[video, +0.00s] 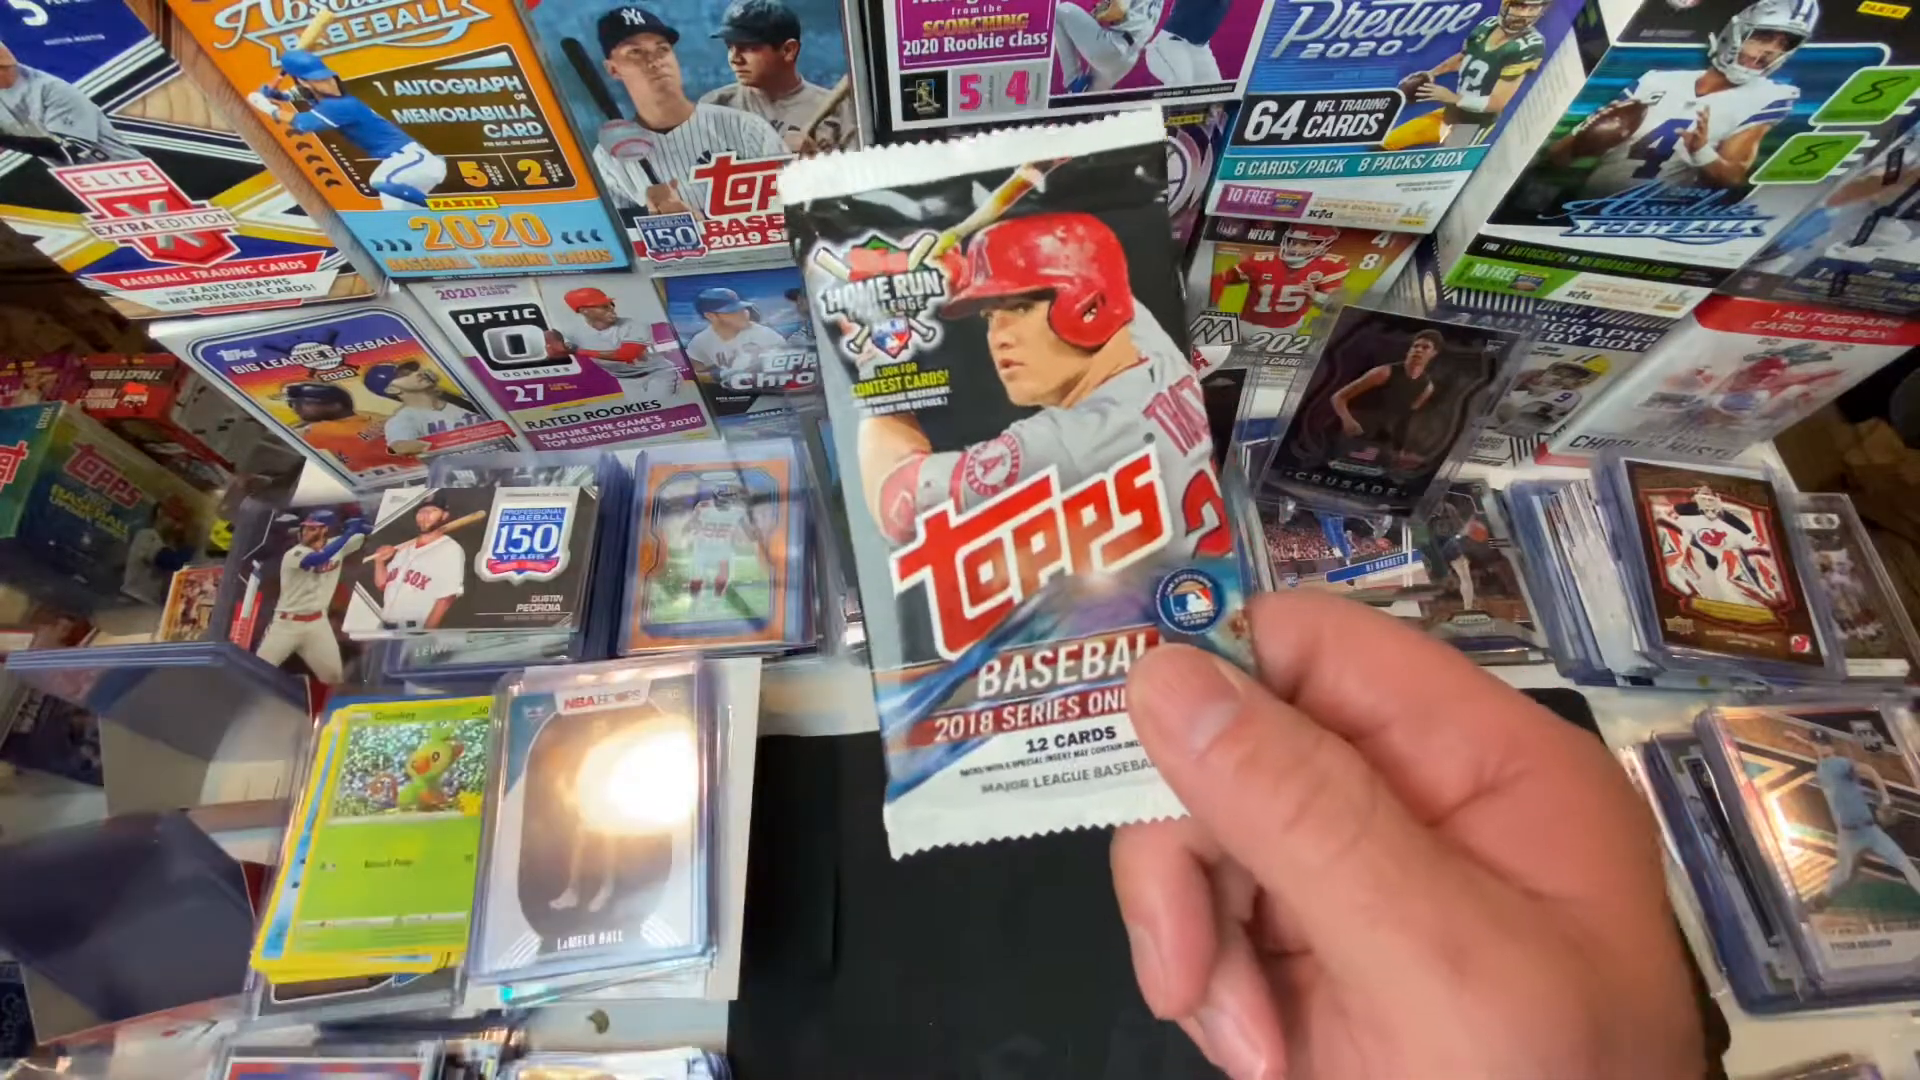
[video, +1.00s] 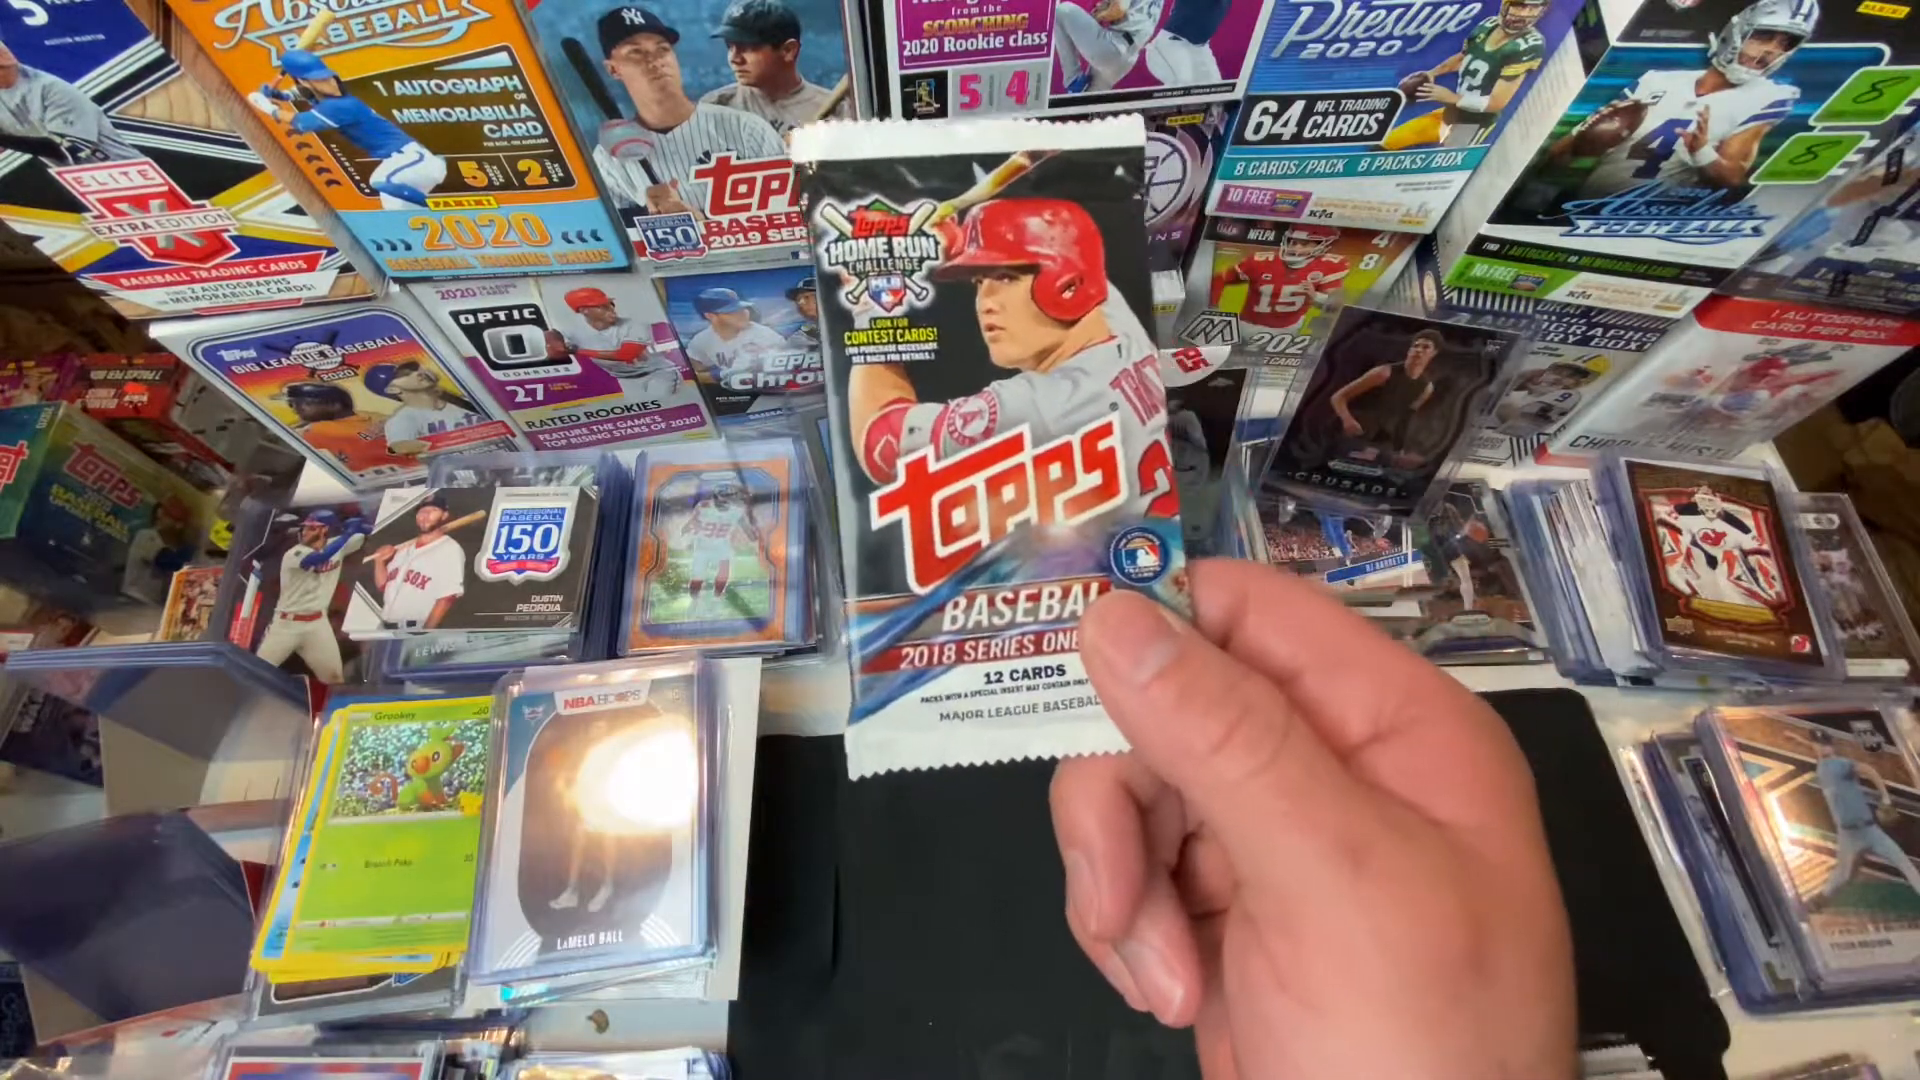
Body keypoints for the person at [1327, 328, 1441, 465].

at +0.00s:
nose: (1418, 350)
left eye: (1425, 347)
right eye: (1416, 346)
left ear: (1434, 354)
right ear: (1410, 349)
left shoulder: (1427, 388)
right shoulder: (1384, 373)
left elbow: (1406, 416)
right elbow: (1338, 398)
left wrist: (1400, 450)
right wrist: (1348, 421)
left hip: (1387, 443)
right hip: (1361, 436)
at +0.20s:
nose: (1418, 350)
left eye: (1425, 347)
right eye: (1416, 346)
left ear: (1434, 354)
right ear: (1410, 349)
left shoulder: (1426, 388)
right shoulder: (1384, 373)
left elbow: (1406, 415)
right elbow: (1338, 398)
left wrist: (1400, 449)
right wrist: (1347, 420)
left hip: (1387, 445)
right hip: (1359, 437)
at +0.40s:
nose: (1419, 350)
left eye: (1426, 347)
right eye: (1416, 346)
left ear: (1433, 354)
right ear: (1410, 349)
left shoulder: (1426, 389)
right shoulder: (1384, 373)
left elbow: (1406, 417)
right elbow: (1338, 398)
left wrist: (1400, 451)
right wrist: (1348, 421)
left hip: (1384, 443)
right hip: (1358, 436)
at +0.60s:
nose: (1419, 350)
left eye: (1426, 347)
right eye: (1416, 346)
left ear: (1433, 354)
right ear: (1409, 349)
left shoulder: (1426, 389)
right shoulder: (1384, 373)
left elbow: (1407, 416)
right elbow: (1338, 398)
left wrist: (1400, 451)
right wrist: (1348, 421)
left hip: (1385, 444)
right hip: (1359, 438)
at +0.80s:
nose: (1418, 350)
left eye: (1426, 347)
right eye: (1416, 346)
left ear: (1433, 354)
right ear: (1410, 349)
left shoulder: (1426, 389)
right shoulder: (1384, 373)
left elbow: (1407, 417)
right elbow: (1338, 398)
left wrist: (1400, 451)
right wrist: (1348, 420)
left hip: (1385, 445)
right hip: (1359, 438)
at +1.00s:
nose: (1419, 350)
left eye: (1426, 347)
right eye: (1416, 345)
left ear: (1433, 354)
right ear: (1410, 349)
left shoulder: (1426, 389)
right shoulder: (1384, 373)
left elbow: (1407, 417)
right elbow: (1338, 398)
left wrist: (1400, 451)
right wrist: (1348, 421)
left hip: (1385, 444)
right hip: (1359, 437)